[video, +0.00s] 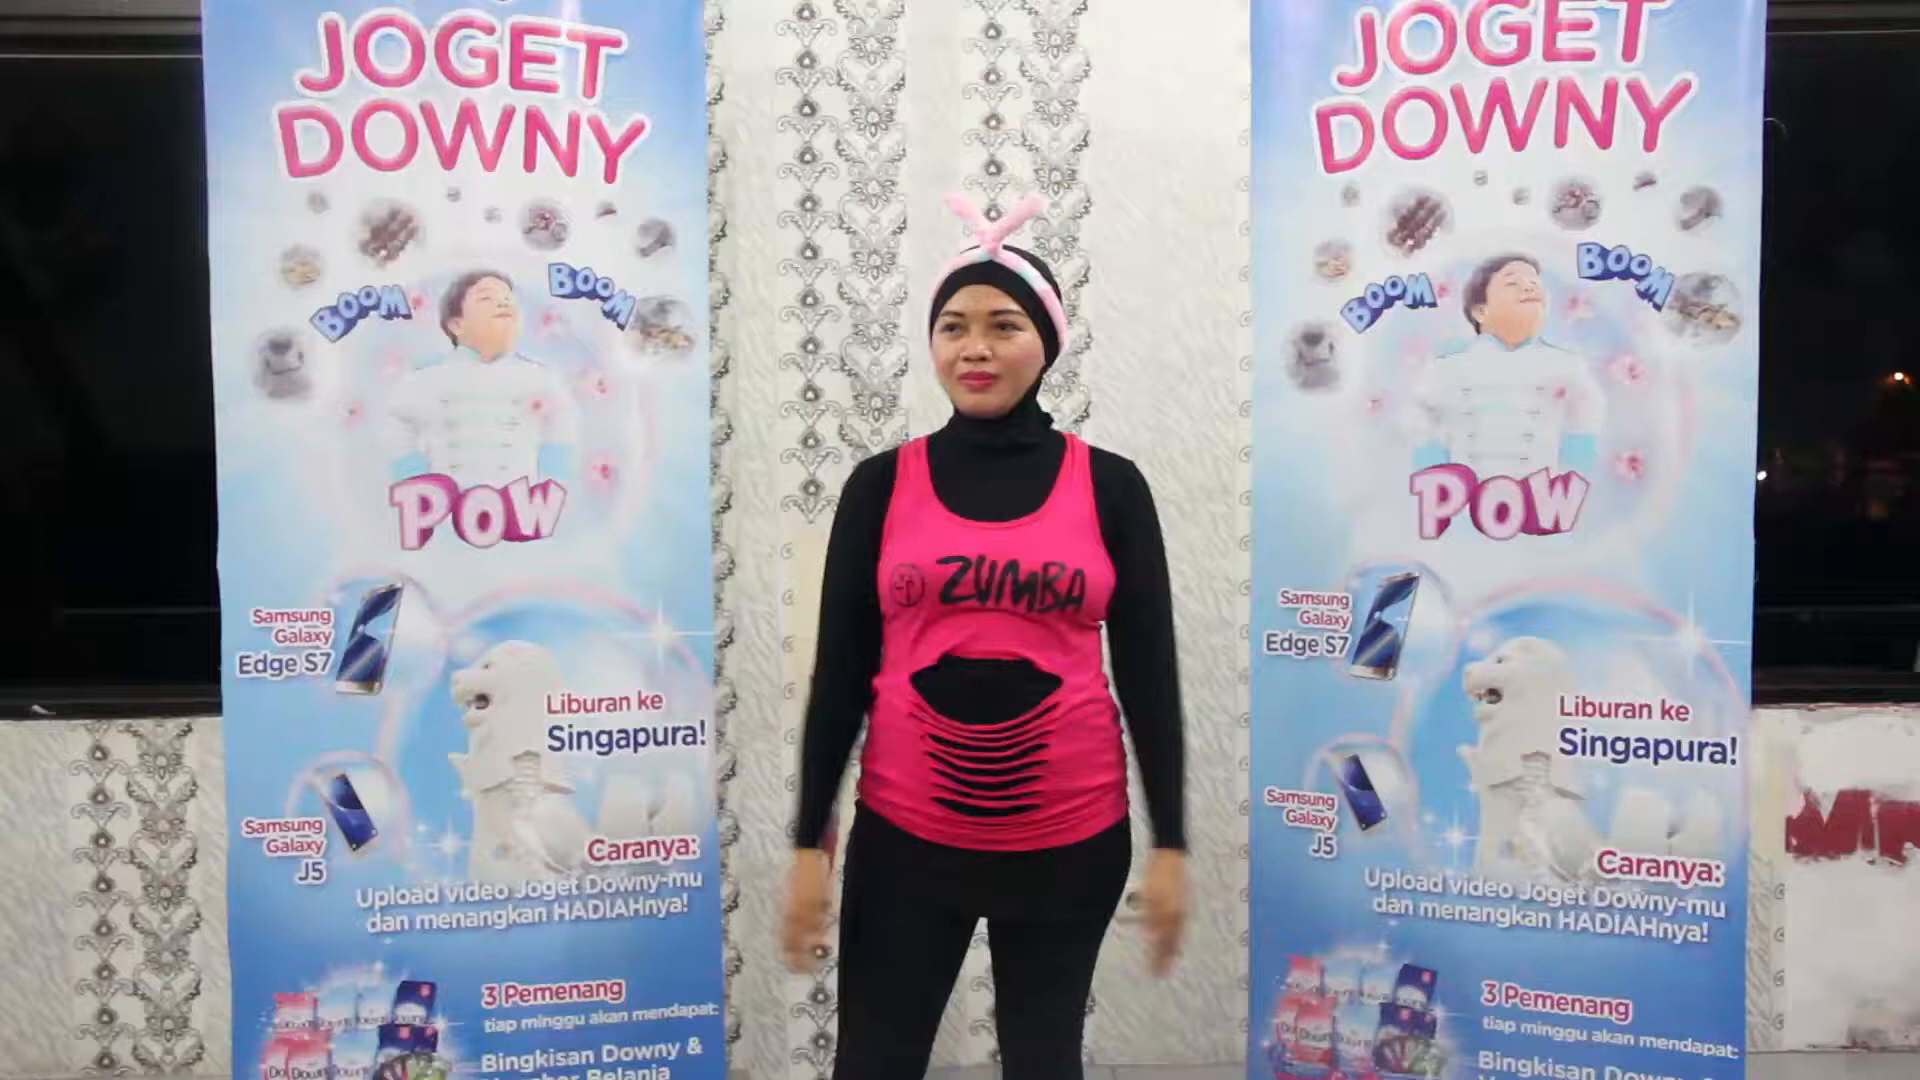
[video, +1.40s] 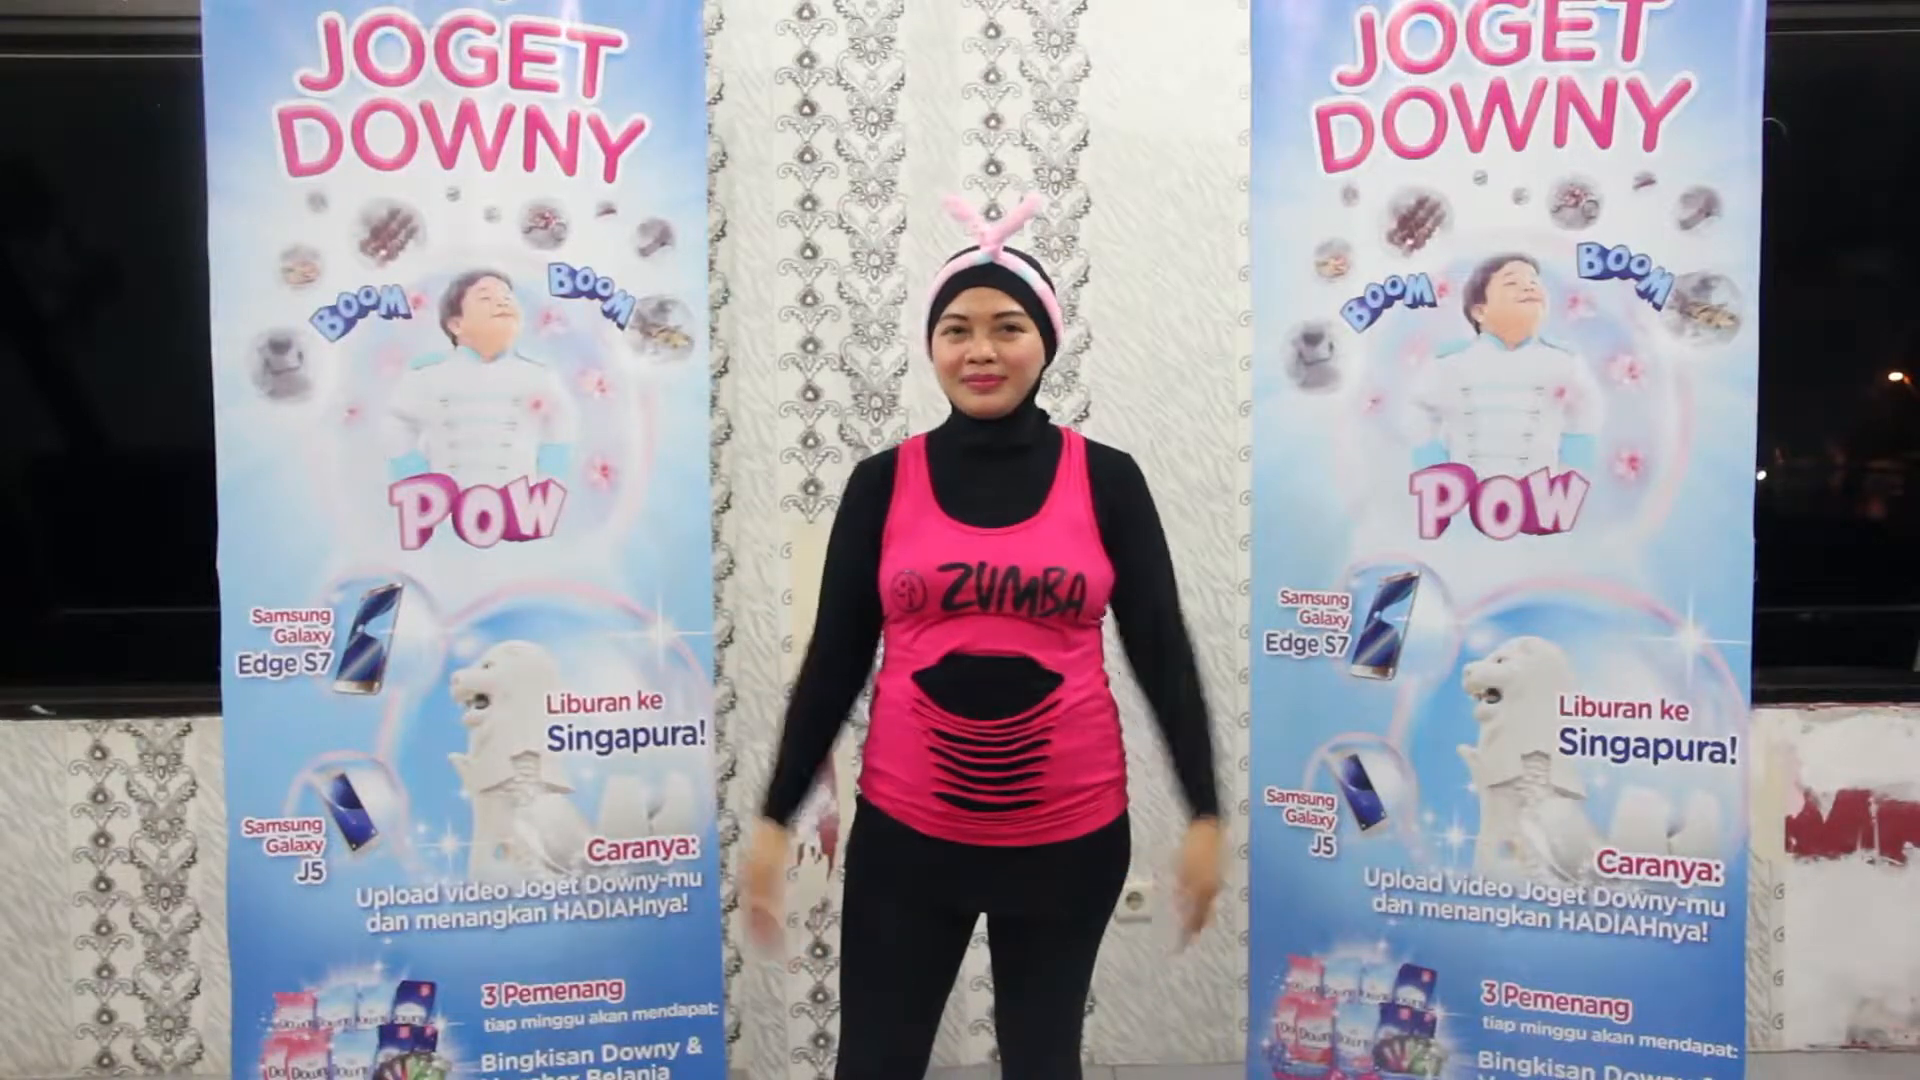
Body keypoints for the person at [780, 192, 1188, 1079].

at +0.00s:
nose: (976, 347)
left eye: (1005, 326)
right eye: (955, 326)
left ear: (1047, 348)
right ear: (933, 347)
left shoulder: (1109, 487)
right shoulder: (880, 487)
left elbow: (1147, 670)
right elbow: (843, 670)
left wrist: (1170, 842)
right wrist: (811, 841)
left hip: (1066, 836)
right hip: (908, 834)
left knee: (1044, 1062)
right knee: (873, 1063)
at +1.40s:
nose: (982, 349)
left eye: (1009, 327)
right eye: (958, 329)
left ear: (1047, 347)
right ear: (932, 351)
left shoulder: (1104, 480)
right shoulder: (883, 484)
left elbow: (1158, 646)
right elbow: (836, 656)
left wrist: (1205, 811)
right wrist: (775, 817)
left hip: (1067, 829)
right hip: (908, 827)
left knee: (1042, 1057)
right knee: (875, 1060)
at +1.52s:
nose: (985, 354)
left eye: (1012, 332)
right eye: (961, 333)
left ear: (1047, 351)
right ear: (933, 352)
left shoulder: (1102, 471)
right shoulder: (884, 479)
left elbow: (1209, 582)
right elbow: (793, 615)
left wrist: (1293, 632)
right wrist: (693, 650)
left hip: (1069, 826)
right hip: (914, 824)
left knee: (1045, 1061)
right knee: (876, 1061)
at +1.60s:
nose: (985, 358)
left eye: (1009, 337)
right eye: (961, 338)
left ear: (1046, 352)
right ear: (933, 355)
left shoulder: (1101, 461)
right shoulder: (889, 468)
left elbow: (1261, 511)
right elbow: (739, 554)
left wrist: (1330, 438)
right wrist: (639, 469)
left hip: (1069, 837)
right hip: (914, 834)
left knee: (1045, 1061)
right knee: (876, 1063)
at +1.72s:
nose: (989, 360)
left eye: (1014, 339)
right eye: (965, 339)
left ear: (1048, 355)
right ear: (936, 356)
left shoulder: (1099, 457)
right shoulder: (884, 467)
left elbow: (1244, 378)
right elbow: (738, 431)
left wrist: (1264, 229)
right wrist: (703, 270)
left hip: (1070, 837)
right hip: (916, 833)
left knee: (1048, 1063)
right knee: (874, 1064)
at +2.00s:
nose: (993, 374)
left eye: (1017, 353)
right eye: (969, 351)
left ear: (1049, 366)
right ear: (935, 361)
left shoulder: (1079, 462)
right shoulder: (881, 463)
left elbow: (1175, 306)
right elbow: (786, 319)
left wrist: (1126, 142)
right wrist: (824, 156)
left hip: (1073, 840)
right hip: (917, 840)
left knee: (1054, 1061)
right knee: (872, 1064)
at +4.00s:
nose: (967, 365)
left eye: (993, 347)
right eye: (944, 344)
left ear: (1023, 371)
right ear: (912, 365)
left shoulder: (1054, 472)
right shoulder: (865, 468)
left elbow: (1130, 331)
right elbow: (801, 336)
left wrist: (1014, 216)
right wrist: (917, 214)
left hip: (1052, 839)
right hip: (895, 842)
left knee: (1048, 1060)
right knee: (824, 1064)